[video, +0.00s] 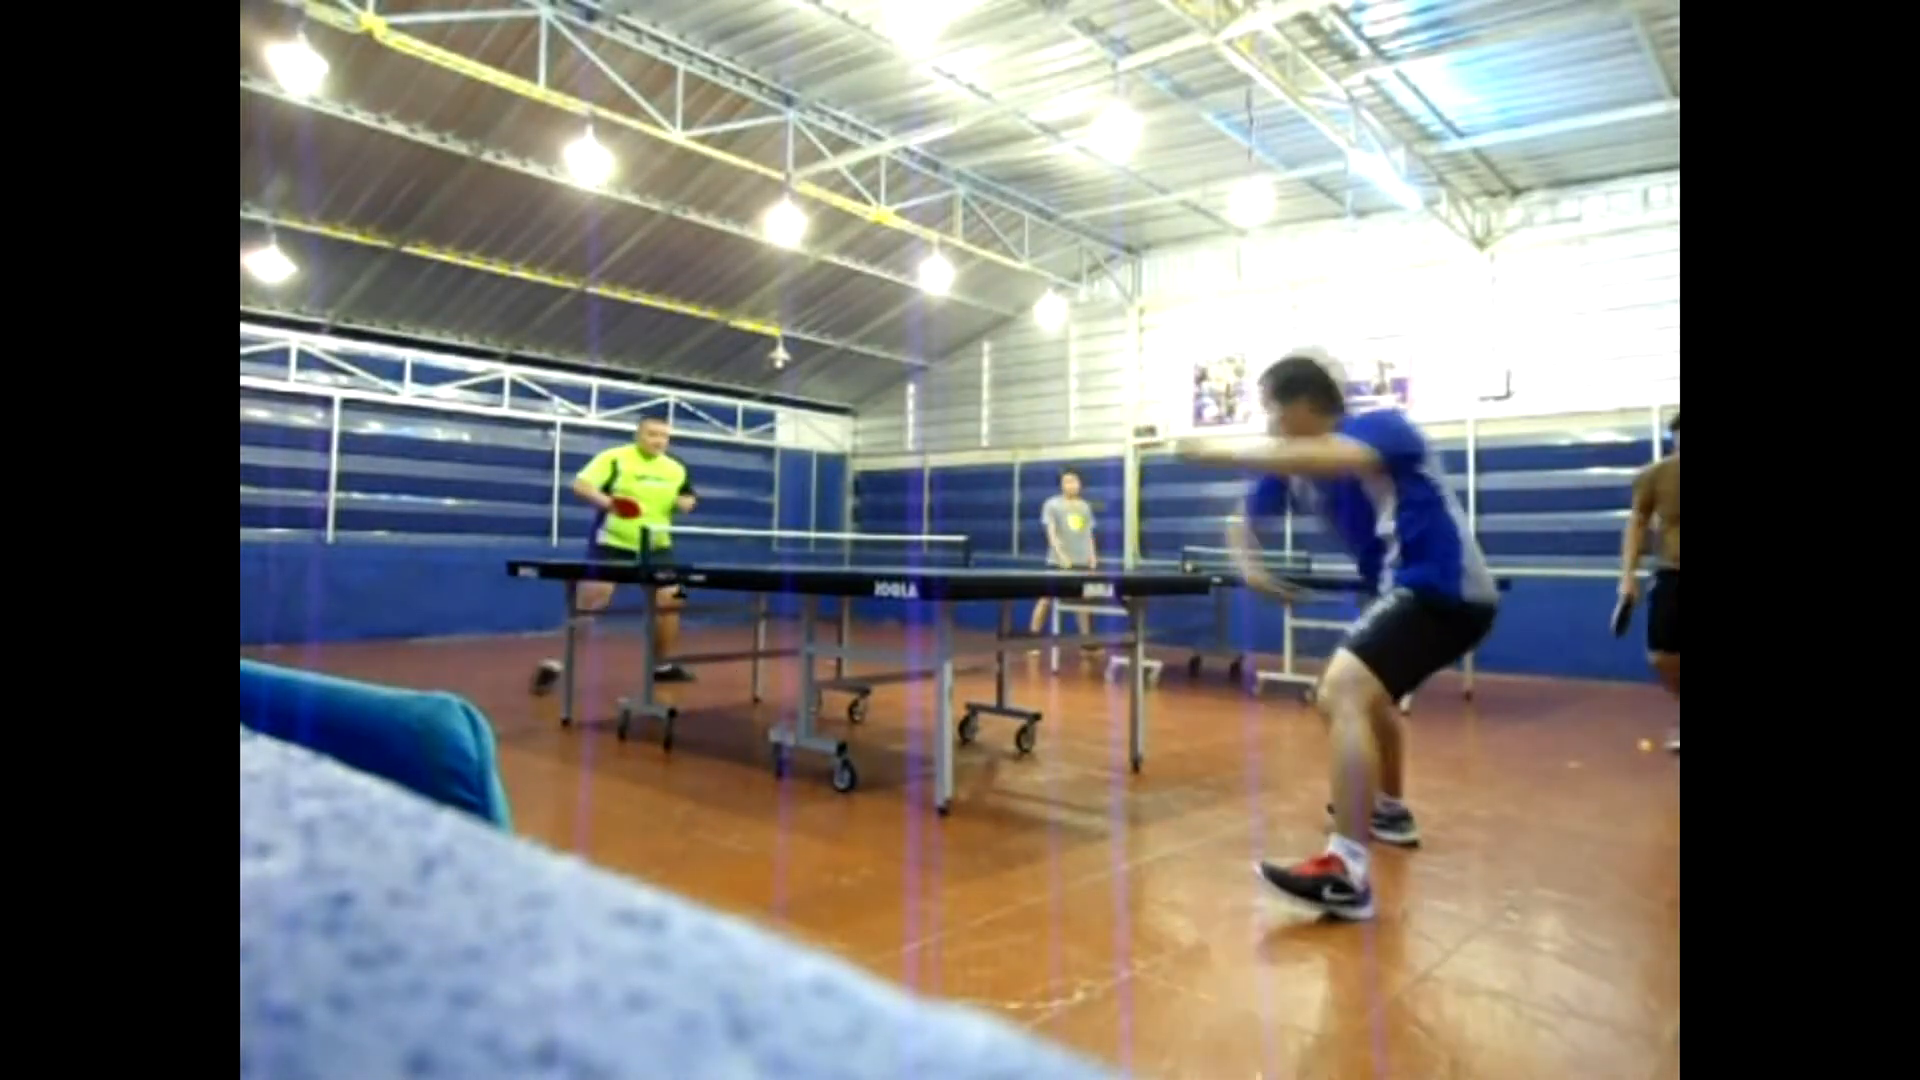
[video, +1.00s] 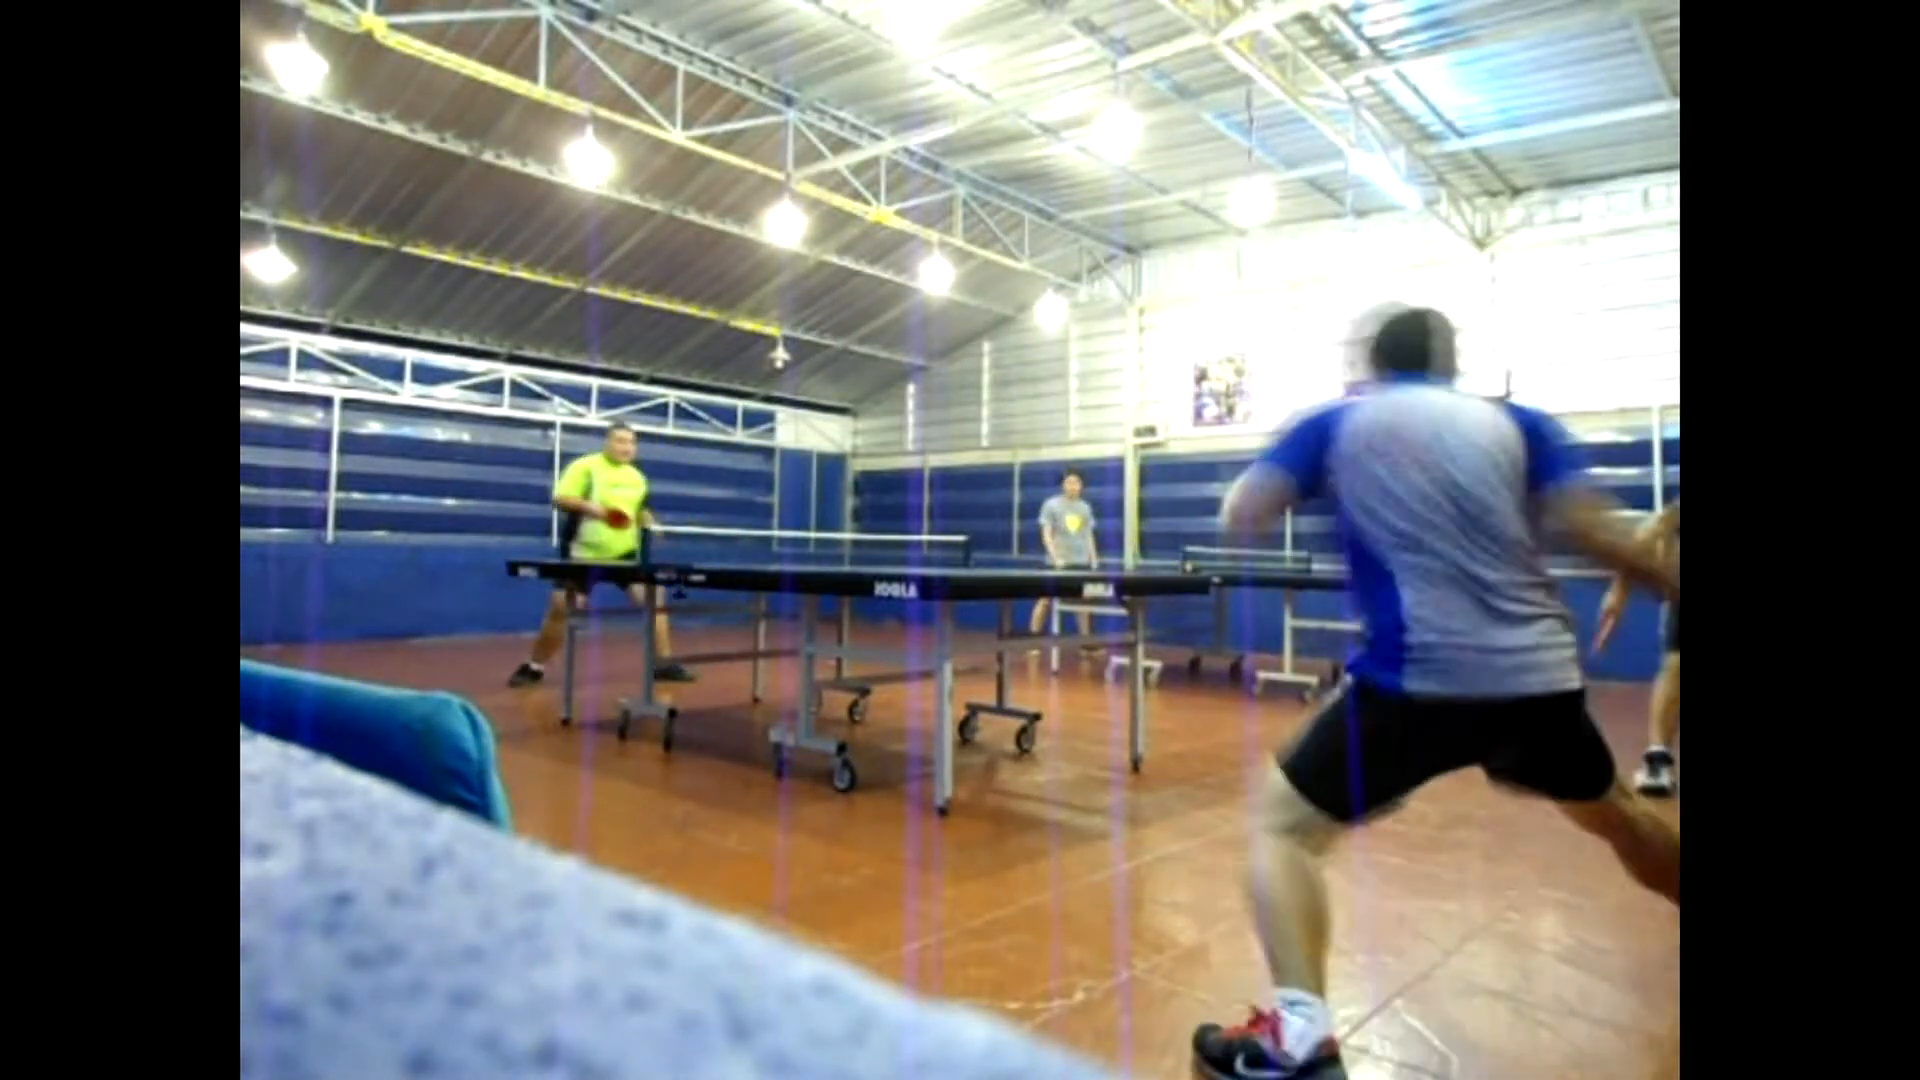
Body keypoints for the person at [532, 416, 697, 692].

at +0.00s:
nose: (658, 441)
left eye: (663, 436)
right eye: (652, 434)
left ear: (668, 439)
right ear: (639, 434)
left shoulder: (676, 470)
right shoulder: (615, 458)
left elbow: (687, 498)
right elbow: (581, 484)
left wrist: (685, 502)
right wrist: (608, 502)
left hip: (657, 545)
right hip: (614, 542)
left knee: (669, 600)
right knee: (591, 599)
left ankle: (664, 662)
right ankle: (560, 663)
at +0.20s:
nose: (638, 452)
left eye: (643, 447)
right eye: (633, 446)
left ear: (649, 451)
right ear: (621, 447)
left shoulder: (656, 479)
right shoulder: (598, 471)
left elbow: (677, 510)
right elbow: (566, 497)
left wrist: (664, 502)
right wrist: (595, 515)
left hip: (638, 560)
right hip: (594, 558)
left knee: (669, 599)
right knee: (572, 602)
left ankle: (662, 662)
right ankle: (537, 670)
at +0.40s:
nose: (635, 460)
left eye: (638, 454)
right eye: (629, 454)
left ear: (642, 457)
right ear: (613, 455)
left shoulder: (646, 484)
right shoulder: (595, 483)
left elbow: (649, 518)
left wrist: (670, 510)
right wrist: (651, 523)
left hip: (629, 562)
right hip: (590, 561)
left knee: (665, 598)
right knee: (565, 603)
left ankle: (663, 663)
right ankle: (537, 672)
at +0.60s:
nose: (648, 450)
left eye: (651, 445)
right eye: (642, 444)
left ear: (656, 449)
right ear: (628, 446)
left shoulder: (650, 478)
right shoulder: (618, 470)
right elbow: (644, 502)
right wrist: (694, 504)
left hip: (631, 556)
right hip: (596, 555)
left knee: (664, 597)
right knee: (584, 602)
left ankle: (663, 662)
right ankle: (541, 671)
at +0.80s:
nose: (649, 444)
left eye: (653, 439)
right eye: (642, 438)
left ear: (656, 443)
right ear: (628, 439)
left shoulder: (655, 474)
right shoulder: (607, 464)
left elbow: (649, 510)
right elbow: (601, 504)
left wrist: (658, 532)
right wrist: (643, 518)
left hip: (637, 550)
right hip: (601, 547)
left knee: (663, 595)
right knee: (582, 598)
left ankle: (663, 661)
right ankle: (536, 662)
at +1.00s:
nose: (626, 447)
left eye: (630, 442)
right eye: (620, 441)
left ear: (635, 447)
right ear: (607, 443)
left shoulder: (637, 478)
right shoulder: (585, 467)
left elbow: (638, 507)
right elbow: (562, 496)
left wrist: (649, 523)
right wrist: (600, 512)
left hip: (625, 558)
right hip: (585, 556)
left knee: (655, 598)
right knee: (559, 607)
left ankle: (663, 660)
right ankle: (534, 665)